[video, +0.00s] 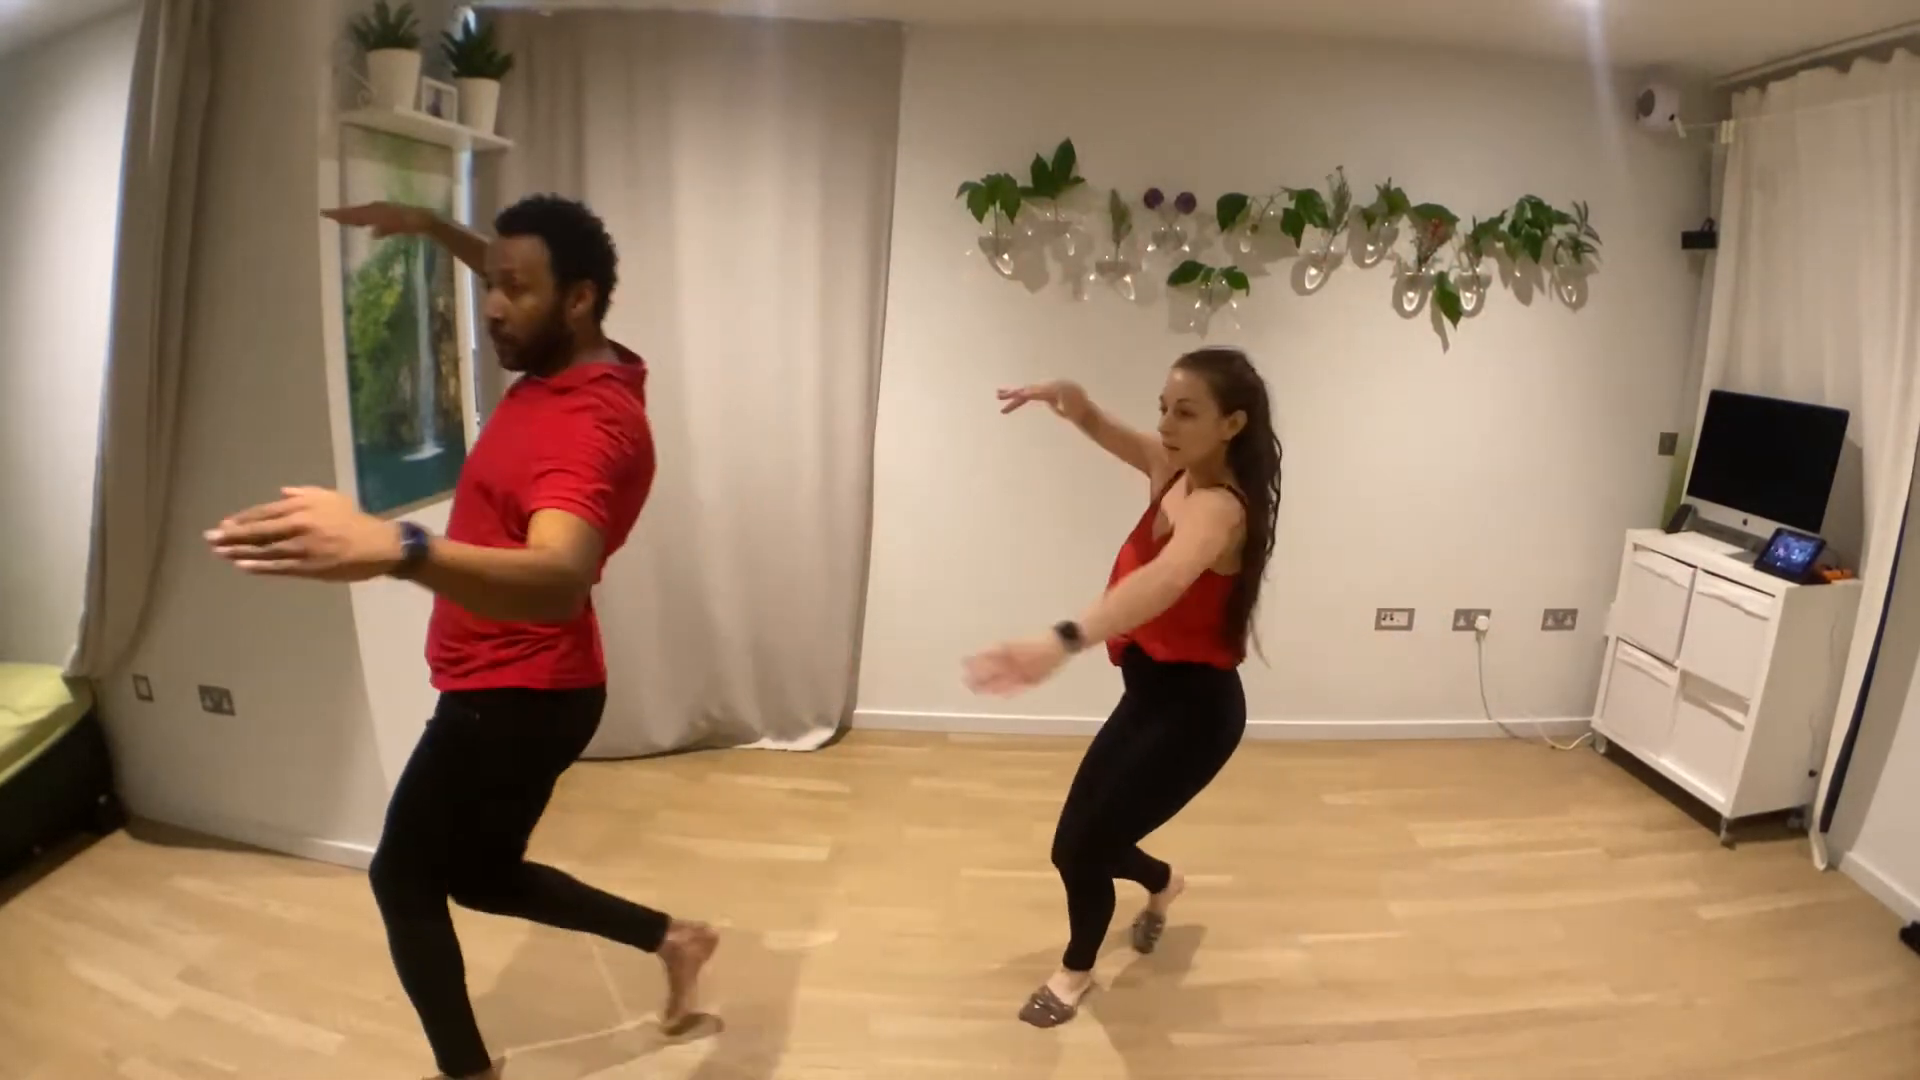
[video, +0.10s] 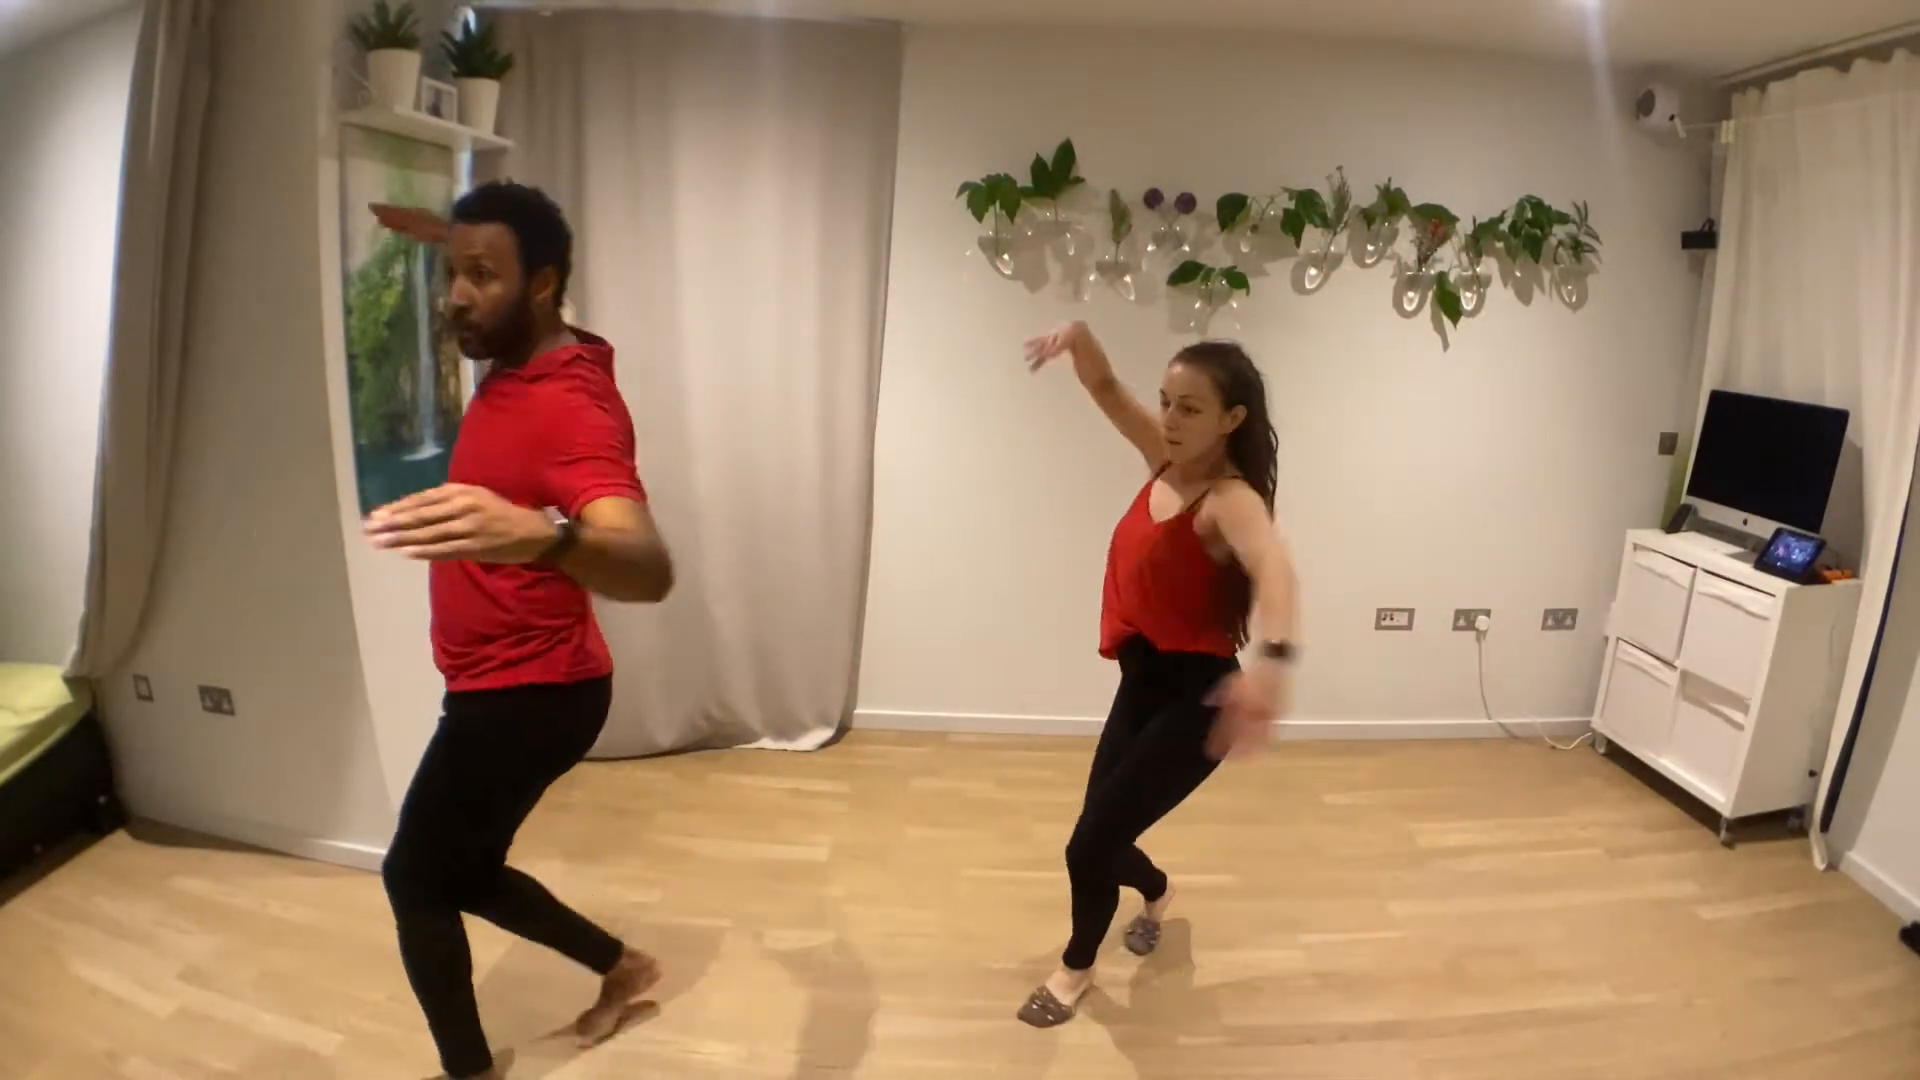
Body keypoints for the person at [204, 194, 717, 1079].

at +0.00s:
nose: (494, 308)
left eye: (516, 288)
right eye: (492, 286)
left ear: (581, 301)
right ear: (572, 302)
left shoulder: (591, 420)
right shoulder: (572, 364)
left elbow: (561, 580)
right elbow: (510, 270)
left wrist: (401, 549)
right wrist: (428, 225)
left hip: (514, 692)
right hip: (529, 681)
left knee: (404, 876)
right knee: (479, 873)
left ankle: (467, 1069)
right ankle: (671, 938)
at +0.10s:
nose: (459, 295)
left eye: (483, 274)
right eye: (454, 273)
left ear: (544, 285)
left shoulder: (571, 399)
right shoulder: (528, 359)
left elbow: (647, 571)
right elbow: (501, 274)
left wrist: (539, 534)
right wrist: (442, 233)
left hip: (526, 689)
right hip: (515, 677)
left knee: (416, 878)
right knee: (465, 870)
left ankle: (468, 1068)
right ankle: (623, 967)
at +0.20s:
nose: (437, 286)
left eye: (460, 262)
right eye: (428, 264)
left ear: (519, 266)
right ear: (426, 266)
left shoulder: (582, 373)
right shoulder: (490, 357)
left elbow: (706, 522)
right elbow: (443, 309)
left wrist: (608, 510)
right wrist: (411, 257)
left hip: (581, 670)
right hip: (527, 668)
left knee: (472, 871)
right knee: (516, 856)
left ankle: (471, 1068)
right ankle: (629, 973)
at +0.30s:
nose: (428, 304)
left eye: (450, 279)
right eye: (415, 282)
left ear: (508, 278)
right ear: (407, 284)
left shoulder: (601, 361)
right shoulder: (464, 392)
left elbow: (699, 500)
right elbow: (394, 464)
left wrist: (549, 489)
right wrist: (313, 371)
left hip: (654, 650)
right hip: (570, 654)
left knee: (523, 851)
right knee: (544, 834)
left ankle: (557, 1048)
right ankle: (631, 975)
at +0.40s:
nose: (435, 355)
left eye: (456, 328)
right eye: (420, 334)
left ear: (511, 316)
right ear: (411, 331)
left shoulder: (592, 355)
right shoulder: (463, 441)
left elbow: (612, 493)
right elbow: (344, 572)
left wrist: (436, 503)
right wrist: (203, 527)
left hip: (696, 633)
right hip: (606, 636)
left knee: (596, 837)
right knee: (559, 830)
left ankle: (714, 990)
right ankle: (639, 980)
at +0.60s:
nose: (522, 407)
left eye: (541, 381)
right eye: (498, 390)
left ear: (582, 353)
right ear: (477, 380)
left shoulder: (641, 350)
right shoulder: (519, 502)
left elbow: (645, 503)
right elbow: (645, 591)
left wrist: (512, 630)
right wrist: (760, 646)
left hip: (731, 630)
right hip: (625, 645)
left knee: (810, 826)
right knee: (585, 856)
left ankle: (783, 1024)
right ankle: (626, 974)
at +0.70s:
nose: (681, 378)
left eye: (688, 351)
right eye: (652, 365)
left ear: (698, 330)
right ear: (593, 363)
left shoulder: (713, 349)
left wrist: (764, 614)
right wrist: (908, 520)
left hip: (729, 633)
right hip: (641, 655)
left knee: (816, 821)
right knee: (707, 879)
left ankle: (797, 1030)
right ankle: (597, 963)